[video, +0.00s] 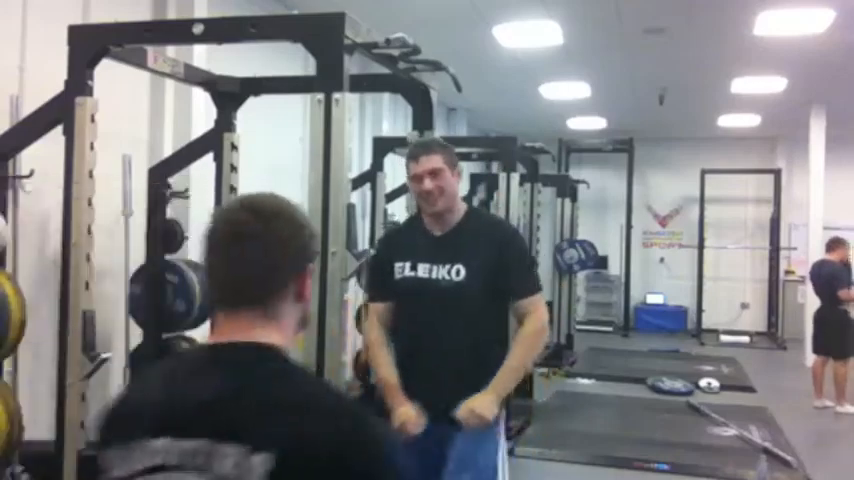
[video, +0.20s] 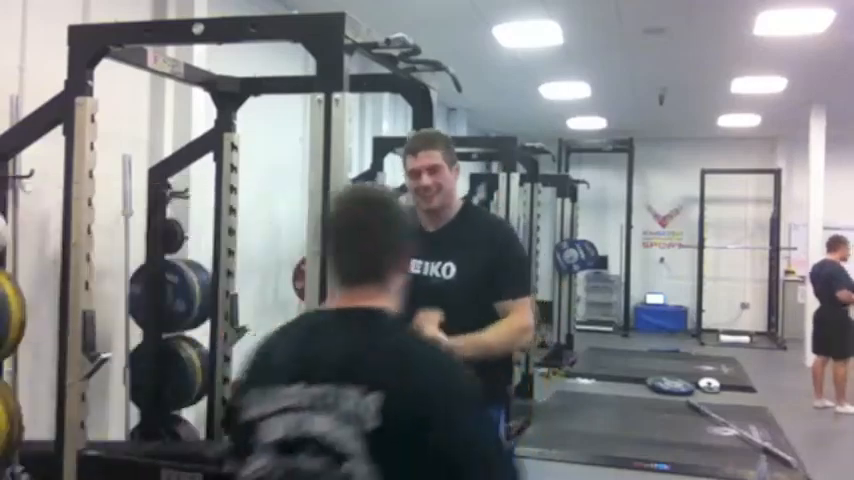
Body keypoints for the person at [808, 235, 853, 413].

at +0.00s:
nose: (846, 255)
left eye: (846, 251)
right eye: (845, 251)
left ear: (829, 249)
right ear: (838, 249)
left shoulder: (816, 266)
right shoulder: (838, 268)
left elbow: (821, 291)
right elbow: (842, 294)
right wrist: (853, 294)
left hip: (822, 311)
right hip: (839, 314)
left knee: (821, 357)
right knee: (841, 361)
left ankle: (818, 398)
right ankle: (841, 401)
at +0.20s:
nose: (849, 253)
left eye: (848, 250)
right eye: (847, 250)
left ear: (830, 248)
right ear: (839, 249)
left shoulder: (816, 267)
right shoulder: (836, 269)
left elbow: (819, 293)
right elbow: (842, 295)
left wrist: (839, 296)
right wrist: (852, 297)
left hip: (822, 312)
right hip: (838, 314)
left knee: (821, 357)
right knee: (841, 361)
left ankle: (818, 398)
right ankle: (841, 402)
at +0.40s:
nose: (848, 253)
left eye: (848, 249)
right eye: (847, 249)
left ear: (830, 248)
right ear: (840, 249)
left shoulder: (816, 268)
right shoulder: (839, 270)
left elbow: (812, 291)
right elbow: (843, 294)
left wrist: (829, 296)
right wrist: (853, 297)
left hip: (822, 316)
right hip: (840, 318)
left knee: (821, 357)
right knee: (841, 361)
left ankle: (818, 398)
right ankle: (841, 402)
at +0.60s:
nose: (848, 251)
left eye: (848, 248)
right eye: (847, 248)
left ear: (829, 248)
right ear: (841, 248)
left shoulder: (816, 268)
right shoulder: (840, 270)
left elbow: (812, 292)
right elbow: (847, 295)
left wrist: (829, 296)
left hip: (821, 316)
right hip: (840, 318)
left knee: (821, 357)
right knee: (841, 361)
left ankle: (818, 397)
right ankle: (841, 401)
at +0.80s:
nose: (849, 252)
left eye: (849, 248)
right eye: (848, 248)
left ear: (830, 248)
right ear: (841, 249)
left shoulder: (816, 269)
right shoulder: (844, 272)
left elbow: (813, 293)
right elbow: (849, 298)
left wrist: (830, 297)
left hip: (822, 317)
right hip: (841, 319)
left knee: (821, 357)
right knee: (841, 361)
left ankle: (818, 397)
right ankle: (841, 401)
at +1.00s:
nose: (850, 252)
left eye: (850, 248)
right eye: (849, 248)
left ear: (830, 248)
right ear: (841, 249)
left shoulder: (817, 269)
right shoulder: (846, 273)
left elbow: (818, 297)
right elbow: (850, 297)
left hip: (822, 317)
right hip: (842, 320)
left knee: (821, 357)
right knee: (841, 361)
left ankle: (818, 397)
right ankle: (841, 401)